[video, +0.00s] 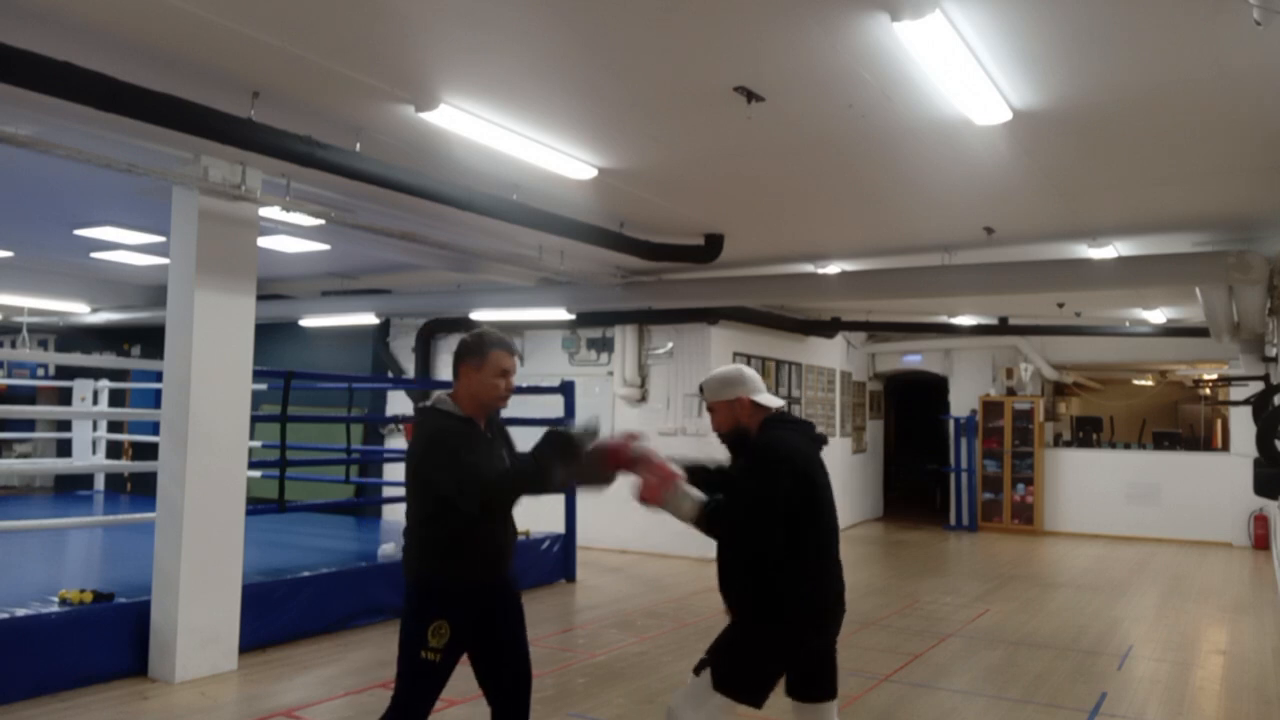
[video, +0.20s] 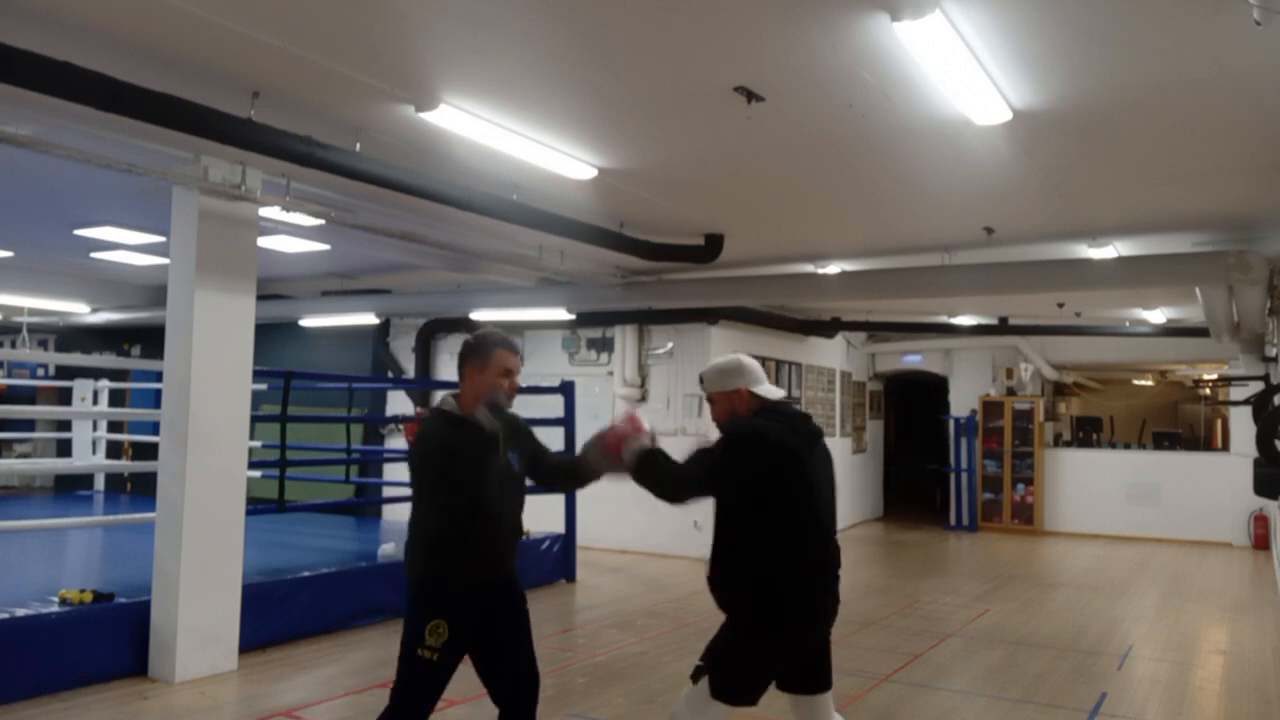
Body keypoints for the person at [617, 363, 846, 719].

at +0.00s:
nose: (712, 425)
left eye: (714, 412)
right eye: (710, 414)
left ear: (742, 405)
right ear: (744, 405)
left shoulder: (771, 452)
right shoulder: (786, 442)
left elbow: (738, 525)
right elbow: (729, 481)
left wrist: (675, 499)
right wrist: (664, 470)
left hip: (774, 615)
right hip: (814, 609)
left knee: (692, 709)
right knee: (816, 711)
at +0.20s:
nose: (712, 414)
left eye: (713, 402)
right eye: (709, 404)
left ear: (741, 397)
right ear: (747, 395)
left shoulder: (746, 440)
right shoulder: (803, 431)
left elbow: (677, 485)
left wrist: (635, 449)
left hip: (765, 607)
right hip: (812, 600)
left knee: (696, 707)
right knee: (815, 709)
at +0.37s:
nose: (709, 411)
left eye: (710, 399)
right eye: (707, 401)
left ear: (737, 394)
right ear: (741, 392)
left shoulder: (781, 439)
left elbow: (749, 522)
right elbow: (703, 444)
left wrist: (698, 478)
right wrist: (629, 442)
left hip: (780, 606)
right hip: (809, 598)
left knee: (711, 707)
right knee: (817, 708)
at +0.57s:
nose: (742, 413)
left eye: (742, 401)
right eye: (739, 404)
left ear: (763, 393)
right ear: (777, 389)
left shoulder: (771, 439)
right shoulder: (833, 428)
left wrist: (700, 410)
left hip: (792, 607)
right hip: (844, 599)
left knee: (734, 705)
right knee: (862, 701)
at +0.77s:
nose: (786, 411)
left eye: (787, 401)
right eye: (784, 402)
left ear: (808, 395)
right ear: (826, 392)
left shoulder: (813, 440)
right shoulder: (875, 431)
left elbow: (748, 489)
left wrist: (738, 428)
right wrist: (782, 450)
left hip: (825, 601)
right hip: (881, 594)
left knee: (775, 705)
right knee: (885, 702)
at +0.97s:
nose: (784, 406)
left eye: (787, 393)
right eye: (783, 395)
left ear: (815, 388)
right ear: (822, 387)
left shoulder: (839, 434)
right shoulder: (868, 425)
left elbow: (805, 516)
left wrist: (770, 460)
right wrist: (784, 455)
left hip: (835, 600)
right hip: (875, 595)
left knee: (777, 707)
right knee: (877, 705)